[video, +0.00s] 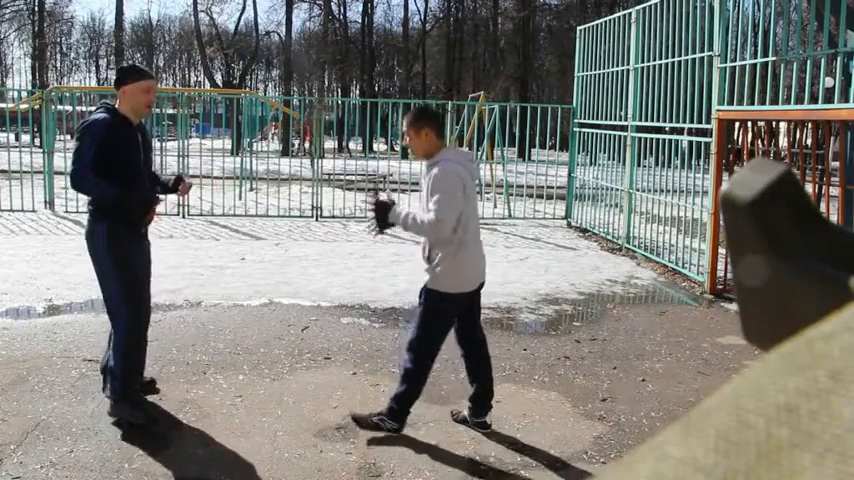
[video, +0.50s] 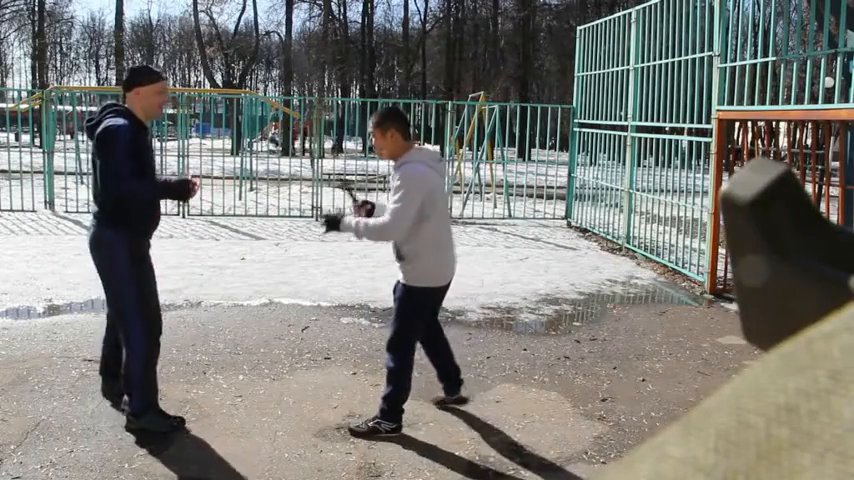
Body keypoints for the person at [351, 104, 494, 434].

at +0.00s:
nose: (406, 143)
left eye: (409, 135)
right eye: (405, 136)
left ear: (427, 134)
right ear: (431, 135)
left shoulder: (444, 173)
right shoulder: (454, 164)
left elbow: (440, 227)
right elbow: (434, 216)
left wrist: (396, 216)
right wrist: (398, 215)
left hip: (448, 279)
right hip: (469, 275)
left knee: (420, 352)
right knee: (473, 344)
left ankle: (393, 417)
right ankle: (479, 412)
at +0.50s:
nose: (374, 144)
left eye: (376, 137)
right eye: (373, 137)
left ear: (394, 135)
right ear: (398, 135)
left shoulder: (411, 173)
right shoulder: (423, 163)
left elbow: (392, 228)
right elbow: (412, 213)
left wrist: (346, 224)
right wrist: (376, 210)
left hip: (421, 276)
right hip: (436, 271)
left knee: (399, 346)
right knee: (428, 329)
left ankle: (389, 418)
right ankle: (453, 388)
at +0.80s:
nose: (385, 143)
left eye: (388, 136)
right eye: (384, 137)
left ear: (407, 135)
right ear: (407, 136)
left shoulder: (422, 172)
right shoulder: (422, 163)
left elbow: (428, 228)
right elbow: (413, 215)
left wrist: (387, 231)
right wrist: (376, 210)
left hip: (427, 274)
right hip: (438, 269)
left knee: (400, 342)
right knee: (437, 332)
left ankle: (392, 415)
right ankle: (452, 393)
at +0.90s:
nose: (389, 140)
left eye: (392, 133)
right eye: (388, 134)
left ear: (412, 132)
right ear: (409, 133)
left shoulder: (432, 167)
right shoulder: (415, 162)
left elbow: (442, 221)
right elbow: (411, 206)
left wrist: (396, 213)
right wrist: (376, 202)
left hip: (430, 269)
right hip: (426, 265)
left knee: (405, 339)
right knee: (435, 327)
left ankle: (422, 406)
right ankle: (451, 391)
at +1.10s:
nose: (394, 142)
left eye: (397, 135)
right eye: (393, 136)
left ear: (418, 133)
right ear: (413, 135)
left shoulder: (445, 167)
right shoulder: (412, 166)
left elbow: (427, 212)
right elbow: (403, 211)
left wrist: (393, 180)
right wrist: (371, 221)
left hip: (433, 271)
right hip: (408, 266)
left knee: (425, 338)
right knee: (396, 327)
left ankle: (442, 404)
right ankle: (437, 384)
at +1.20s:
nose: (391, 143)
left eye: (395, 136)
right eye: (390, 137)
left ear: (415, 135)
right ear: (407, 137)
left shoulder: (445, 168)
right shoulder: (402, 167)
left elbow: (425, 214)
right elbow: (404, 215)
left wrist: (383, 186)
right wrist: (375, 221)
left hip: (432, 272)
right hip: (403, 265)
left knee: (428, 343)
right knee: (377, 319)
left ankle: (443, 404)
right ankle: (411, 376)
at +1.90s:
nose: (376, 145)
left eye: (380, 139)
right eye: (375, 138)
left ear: (401, 140)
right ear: (393, 141)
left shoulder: (432, 170)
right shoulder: (382, 171)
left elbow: (427, 218)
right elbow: (377, 213)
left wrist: (375, 210)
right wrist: (344, 209)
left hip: (422, 270)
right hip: (387, 264)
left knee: (431, 334)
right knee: (363, 320)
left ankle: (442, 390)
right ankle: (365, 384)